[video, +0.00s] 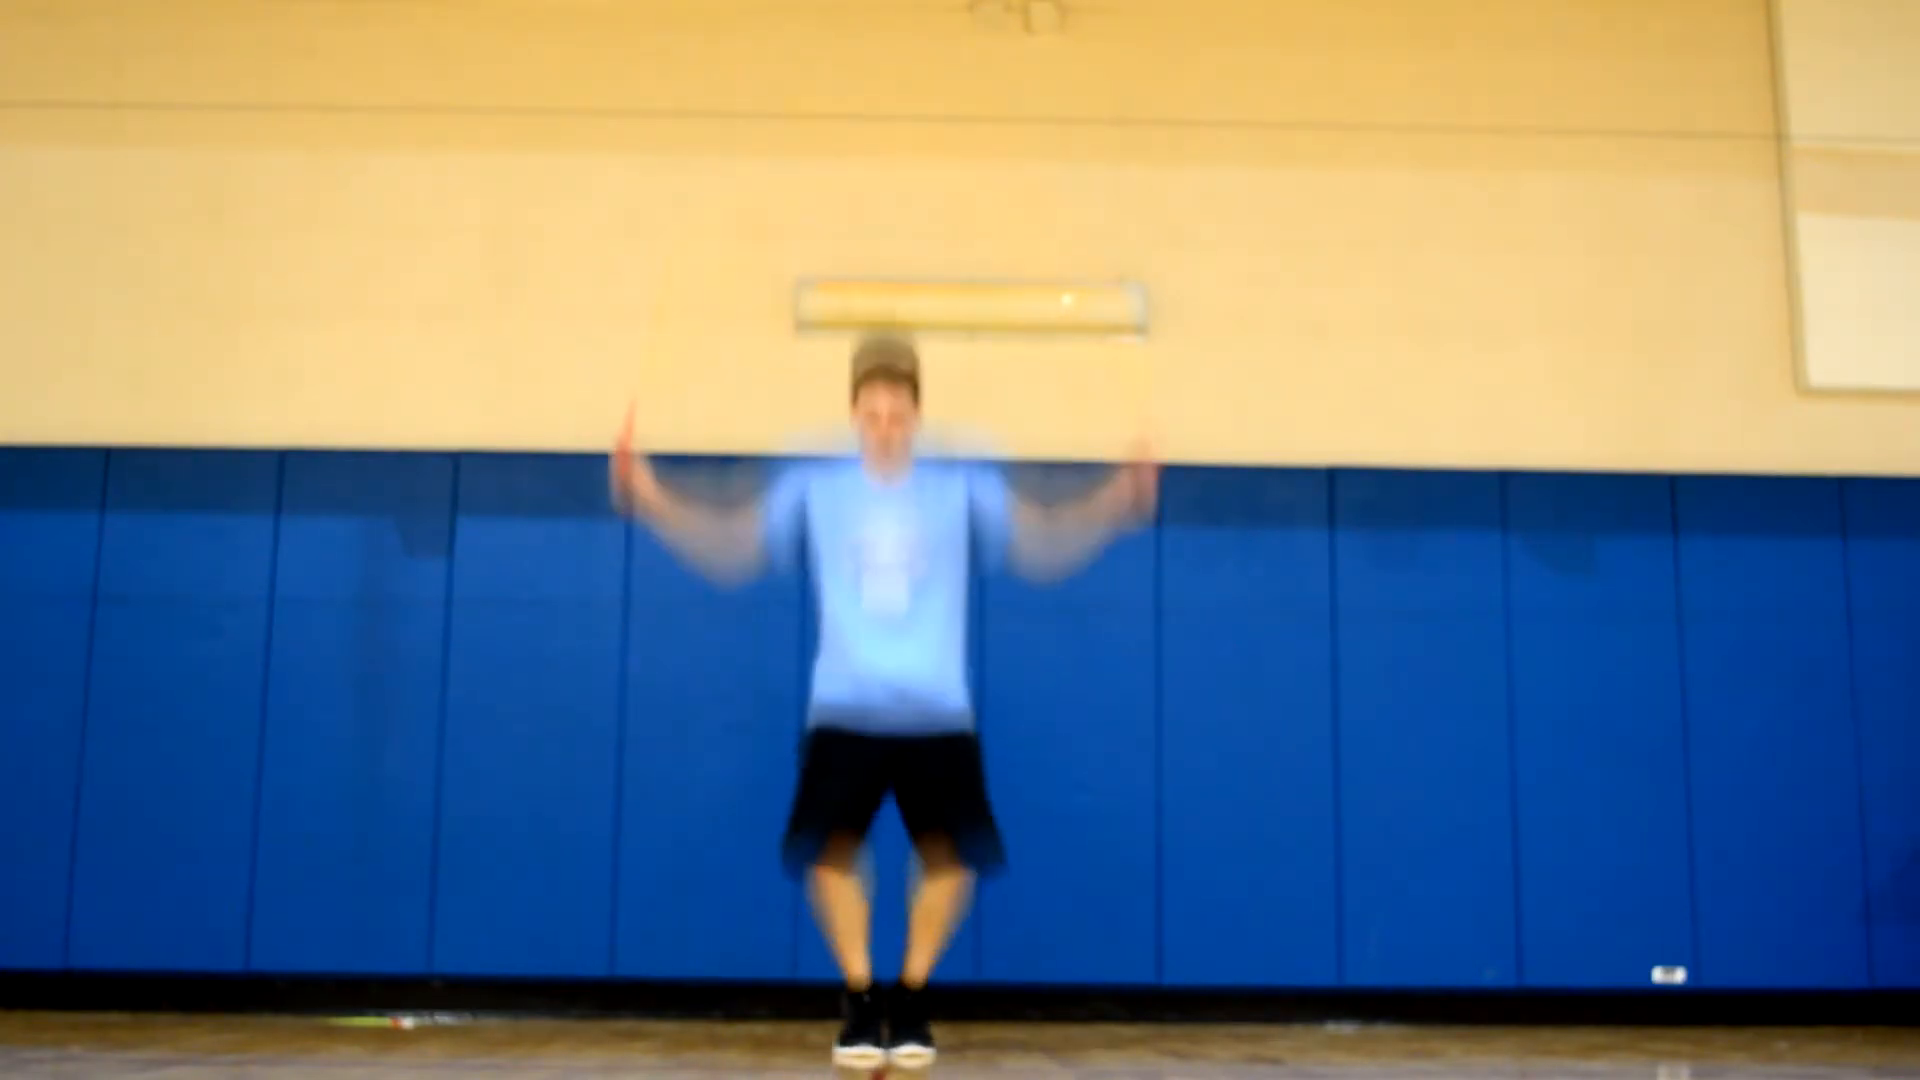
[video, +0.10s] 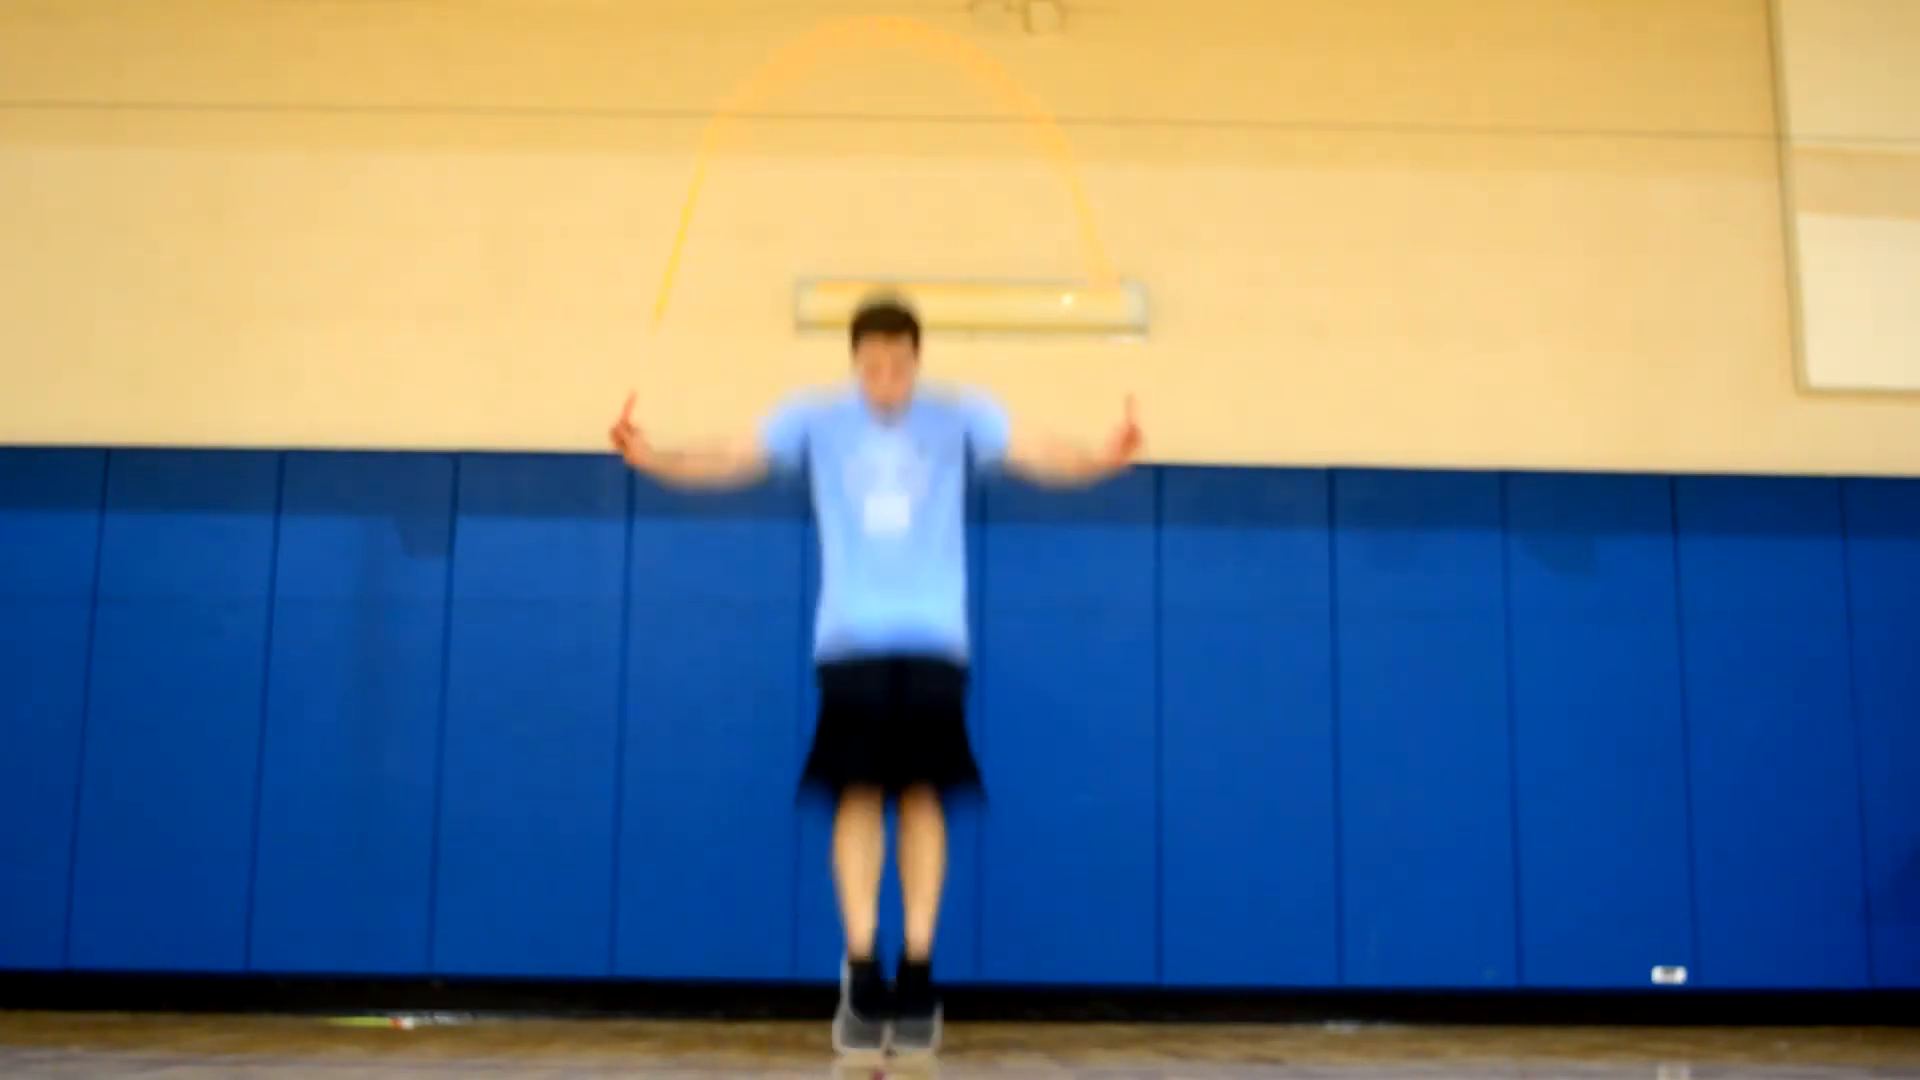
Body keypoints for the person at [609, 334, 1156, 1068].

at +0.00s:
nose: (885, 424)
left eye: (897, 411)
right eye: (873, 411)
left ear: (917, 415)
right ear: (854, 415)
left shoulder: (964, 488)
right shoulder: (812, 488)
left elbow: (1042, 547)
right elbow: (732, 550)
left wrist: (1119, 501)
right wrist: (648, 498)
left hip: (937, 712)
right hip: (845, 711)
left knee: (947, 853)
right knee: (833, 850)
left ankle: (910, 1005)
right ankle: (860, 1005)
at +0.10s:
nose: (888, 377)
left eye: (900, 362)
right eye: (876, 363)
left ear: (918, 360)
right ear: (854, 362)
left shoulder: (957, 416)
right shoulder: (818, 420)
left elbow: (1040, 457)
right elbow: (730, 461)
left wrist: (1106, 456)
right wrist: (646, 455)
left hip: (933, 641)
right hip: (851, 641)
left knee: (922, 798)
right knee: (859, 798)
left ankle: (917, 973)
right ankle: (863, 969)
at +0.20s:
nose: (888, 335)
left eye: (900, 320)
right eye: (877, 321)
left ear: (920, 318)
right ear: (856, 318)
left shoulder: (959, 366)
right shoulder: (819, 367)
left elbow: (1037, 426)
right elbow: (731, 431)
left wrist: (1099, 449)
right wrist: (652, 450)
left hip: (931, 580)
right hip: (854, 579)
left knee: (920, 732)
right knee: (863, 732)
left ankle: (913, 899)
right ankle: (876, 896)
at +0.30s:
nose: (892, 323)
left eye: (905, 310)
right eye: (881, 309)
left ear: (925, 295)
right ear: (860, 293)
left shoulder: (959, 343)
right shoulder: (819, 340)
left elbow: (1032, 428)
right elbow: (744, 424)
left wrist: (1088, 502)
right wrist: (676, 492)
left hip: (930, 538)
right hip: (849, 536)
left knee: (920, 664)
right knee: (862, 657)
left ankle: (917, 826)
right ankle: (878, 821)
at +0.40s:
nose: (893, 322)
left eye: (905, 308)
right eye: (881, 308)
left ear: (923, 292)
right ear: (861, 292)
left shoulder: (957, 338)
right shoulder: (818, 333)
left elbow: (1013, 444)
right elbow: (761, 434)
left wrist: (1046, 547)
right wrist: (728, 535)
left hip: (927, 502)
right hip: (849, 499)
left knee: (918, 607)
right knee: (863, 601)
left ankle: (923, 758)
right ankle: (872, 756)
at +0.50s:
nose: (893, 342)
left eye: (904, 327)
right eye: (881, 328)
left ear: (922, 317)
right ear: (861, 318)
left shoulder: (956, 355)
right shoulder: (818, 350)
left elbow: (990, 457)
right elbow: (784, 452)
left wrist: (980, 558)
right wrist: (791, 555)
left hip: (928, 458)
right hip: (848, 456)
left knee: (915, 559)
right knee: (863, 553)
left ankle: (920, 684)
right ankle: (871, 673)